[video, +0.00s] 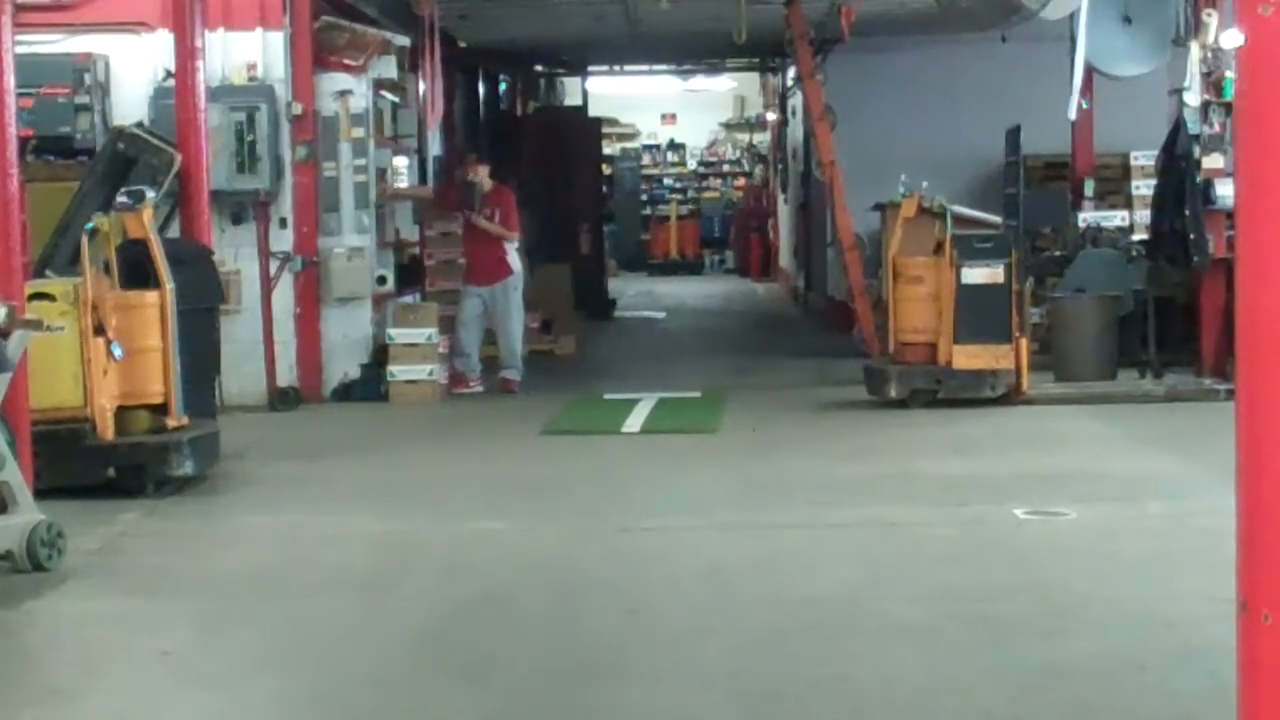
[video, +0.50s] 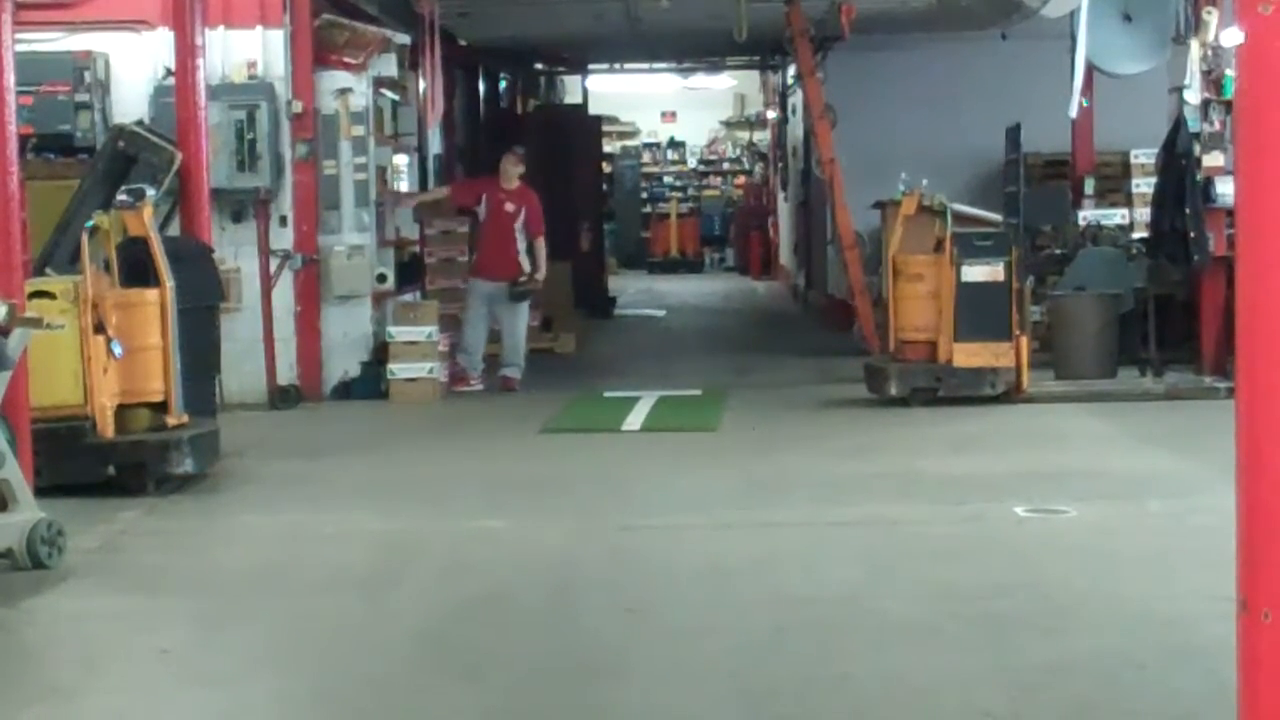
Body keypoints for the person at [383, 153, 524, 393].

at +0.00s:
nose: (473, 172)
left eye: (477, 166)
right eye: (469, 168)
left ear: (488, 168)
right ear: (465, 172)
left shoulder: (503, 196)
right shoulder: (464, 194)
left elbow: (512, 235)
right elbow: (430, 193)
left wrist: (481, 222)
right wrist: (393, 192)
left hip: (503, 276)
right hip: (474, 277)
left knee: (508, 327)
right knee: (466, 327)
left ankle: (510, 375)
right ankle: (469, 376)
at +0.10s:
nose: (476, 174)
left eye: (480, 168)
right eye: (473, 169)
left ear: (492, 169)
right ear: (469, 171)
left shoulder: (507, 197)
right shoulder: (465, 192)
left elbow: (522, 233)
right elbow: (432, 192)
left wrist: (494, 232)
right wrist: (395, 191)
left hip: (506, 275)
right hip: (477, 275)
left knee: (510, 326)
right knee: (468, 323)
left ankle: (511, 374)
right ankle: (471, 376)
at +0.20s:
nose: (484, 172)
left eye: (488, 167)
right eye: (481, 167)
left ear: (500, 169)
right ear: (476, 169)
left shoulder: (512, 197)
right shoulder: (468, 191)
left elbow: (529, 233)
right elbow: (433, 192)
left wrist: (506, 243)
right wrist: (396, 192)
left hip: (507, 275)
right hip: (478, 274)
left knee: (510, 328)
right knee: (469, 326)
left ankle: (510, 374)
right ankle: (470, 375)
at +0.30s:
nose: (490, 169)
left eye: (496, 164)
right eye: (488, 164)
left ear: (507, 169)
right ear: (484, 167)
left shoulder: (517, 196)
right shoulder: (474, 189)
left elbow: (532, 235)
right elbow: (437, 191)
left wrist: (517, 257)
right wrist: (396, 192)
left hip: (509, 274)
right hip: (479, 273)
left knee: (511, 326)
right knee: (470, 323)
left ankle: (510, 374)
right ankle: (470, 375)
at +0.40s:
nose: (502, 168)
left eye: (508, 164)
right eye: (500, 162)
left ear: (515, 168)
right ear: (493, 165)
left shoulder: (523, 198)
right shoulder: (479, 189)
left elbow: (535, 236)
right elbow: (444, 191)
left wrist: (531, 268)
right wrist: (406, 194)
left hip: (511, 276)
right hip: (481, 274)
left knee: (513, 330)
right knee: (471, 327)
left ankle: (510, 374)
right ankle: (471, 374)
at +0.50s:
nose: (509, 166)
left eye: (515, 163)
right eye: (507, 161)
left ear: (522, 168)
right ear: (500, 162)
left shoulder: (528, 198)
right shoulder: (484, 187)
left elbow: (538, 237)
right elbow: (449, 191)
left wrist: (540, 271)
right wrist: (415, 198)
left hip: (514, 278)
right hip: (482, 275)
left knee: (515, 330)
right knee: (473, 326)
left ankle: (511, 373)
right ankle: (471, 373)